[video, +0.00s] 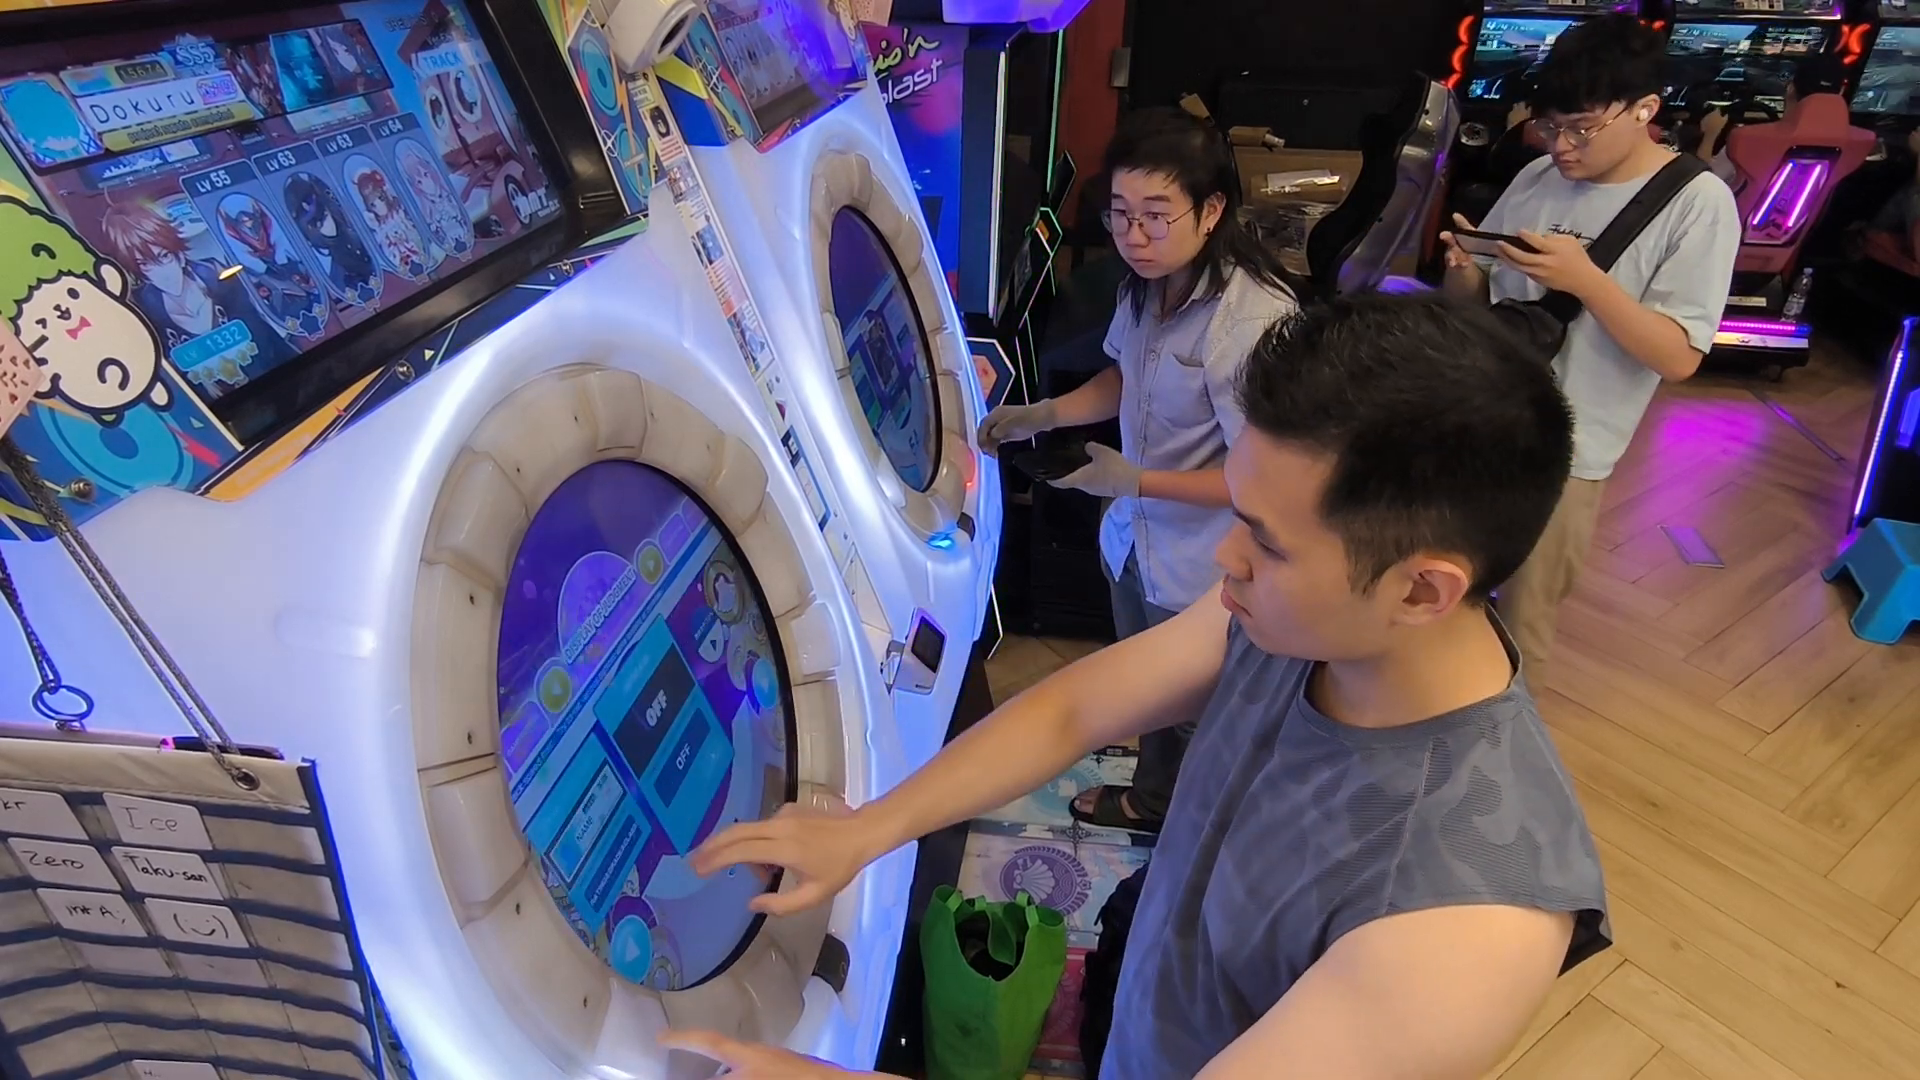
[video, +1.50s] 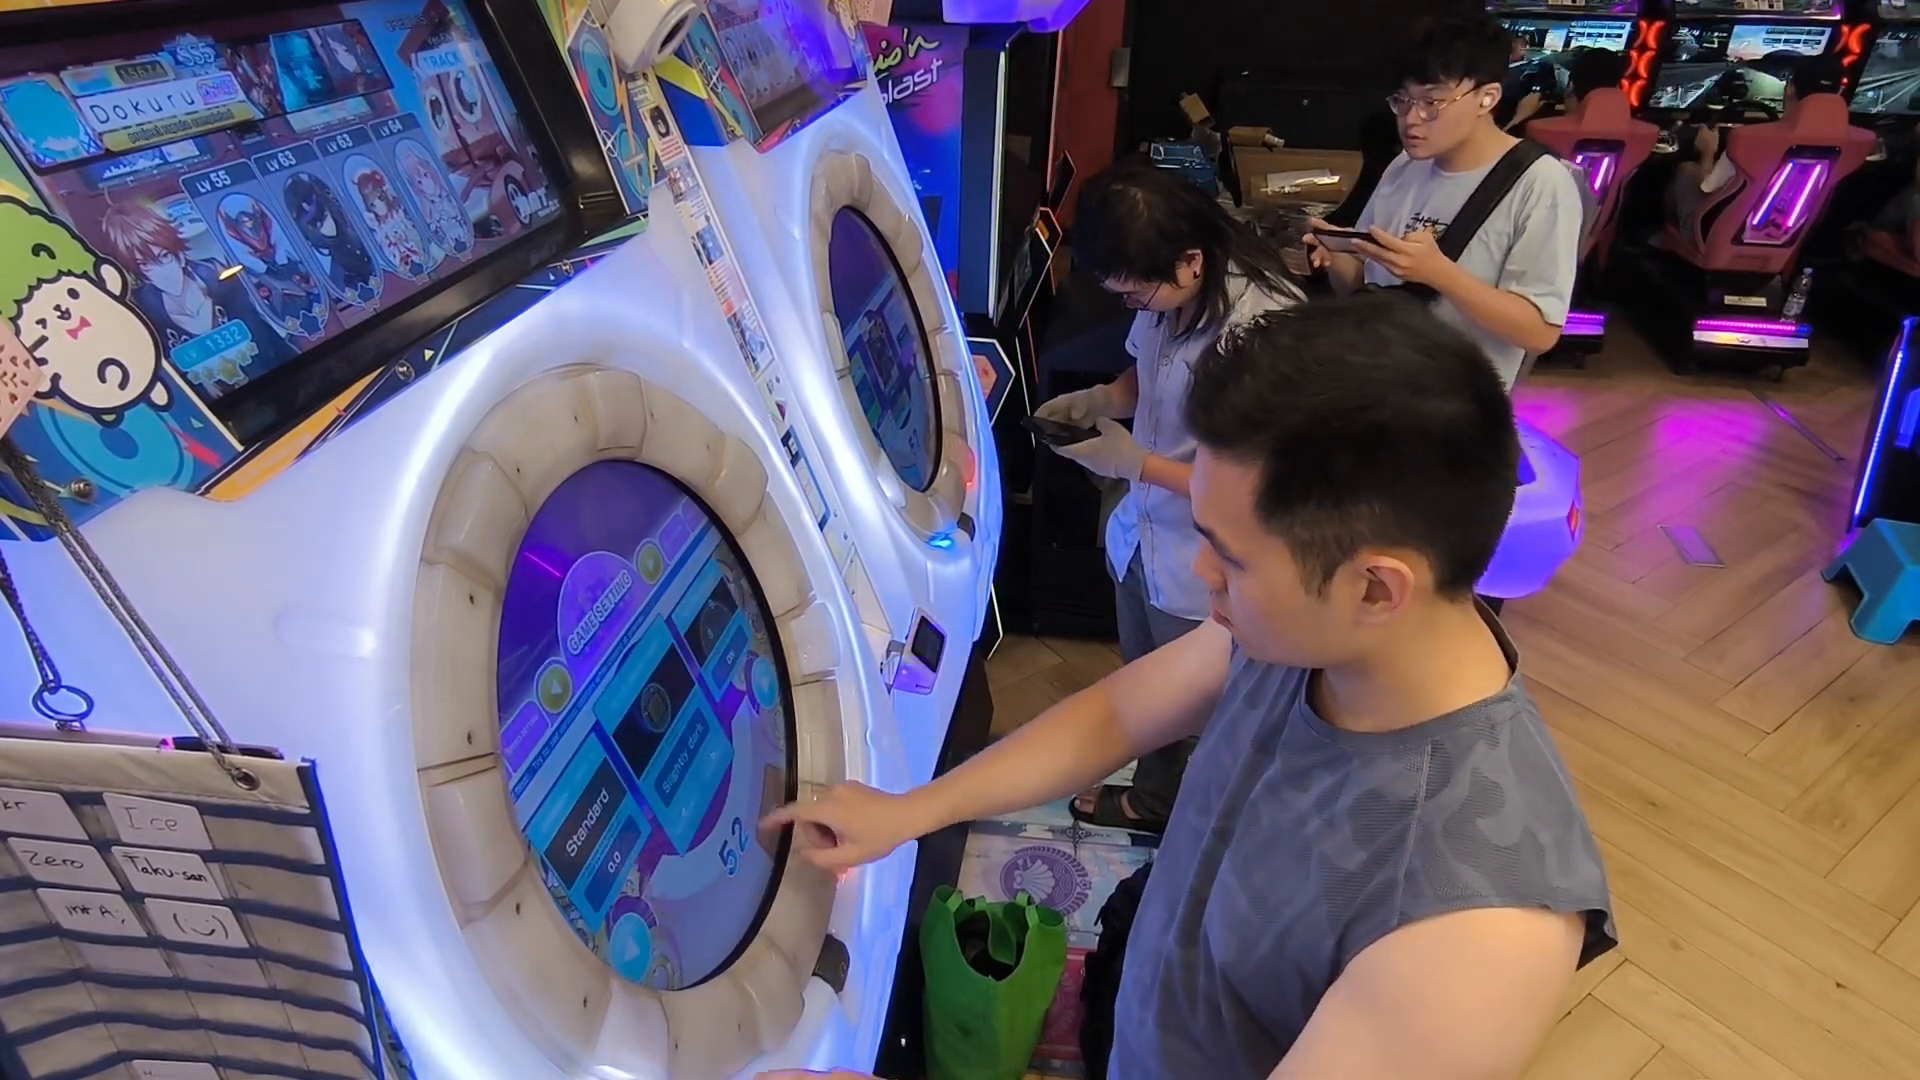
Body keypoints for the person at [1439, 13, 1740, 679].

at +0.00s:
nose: (1558, 146)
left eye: (1579, 128)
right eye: (1551, 125)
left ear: (1645, 110)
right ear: (1543, 109)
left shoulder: (1700, 201)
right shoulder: (1539, 176)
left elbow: (1679, 357)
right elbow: (1470, 304)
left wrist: (1587, 282)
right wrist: (1462, 268)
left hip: (1566, 463)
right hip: (1474, 424)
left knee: (1516, 625)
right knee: (1427, 597)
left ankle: (1489, 756)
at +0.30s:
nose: (1508, 135)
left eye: (1527, 118)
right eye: (1503, 117)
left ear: (1593, 111)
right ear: (1498, 107)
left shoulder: (1656, 202)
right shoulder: (1508, 179)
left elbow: (1642, 354)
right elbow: (1460, 299)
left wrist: (1536, 280)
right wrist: (1429, 267)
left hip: (1544, 464)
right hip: (1451, 424)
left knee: (1505, 618)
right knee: (1421, 606)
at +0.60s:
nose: (1418, 122)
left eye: (1438, 105)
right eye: (1414, 104)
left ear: (1497, 101)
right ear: (1406, 100)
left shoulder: (1564, 188)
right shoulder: (1426, 177)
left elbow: (1559, 335)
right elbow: (1391, 291)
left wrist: (1451, 270)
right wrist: (1358, 266)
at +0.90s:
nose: (1384, 118)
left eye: (1404, 102)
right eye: (1378, 101)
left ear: (1459, 98)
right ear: (1370, 99)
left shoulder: (1522, 180)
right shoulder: (1382, 169)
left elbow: (1527, 322)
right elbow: (1346, 281)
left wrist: (1421, 270)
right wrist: (1318, 260)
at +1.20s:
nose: (1388, 119)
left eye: (1410, 102)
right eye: (1380, 101)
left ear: (1464, 98)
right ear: (1372, 98)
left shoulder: (1521, 181)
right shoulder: (1377, 167)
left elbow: (1522, 327)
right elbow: (1332, 291)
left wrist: (1423, 268)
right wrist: (1320, 259)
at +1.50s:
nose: (1411, 118)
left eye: (1432, 102)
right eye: (1402, 100)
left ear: (1488, 98)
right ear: (1393, 97)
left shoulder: (1543, 184)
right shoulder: (1404, 168)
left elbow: (1541, 331)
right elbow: (1362, 282)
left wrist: (1439, 273)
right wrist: (1337, 256)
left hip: (1458, 411)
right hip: (1367, 383)